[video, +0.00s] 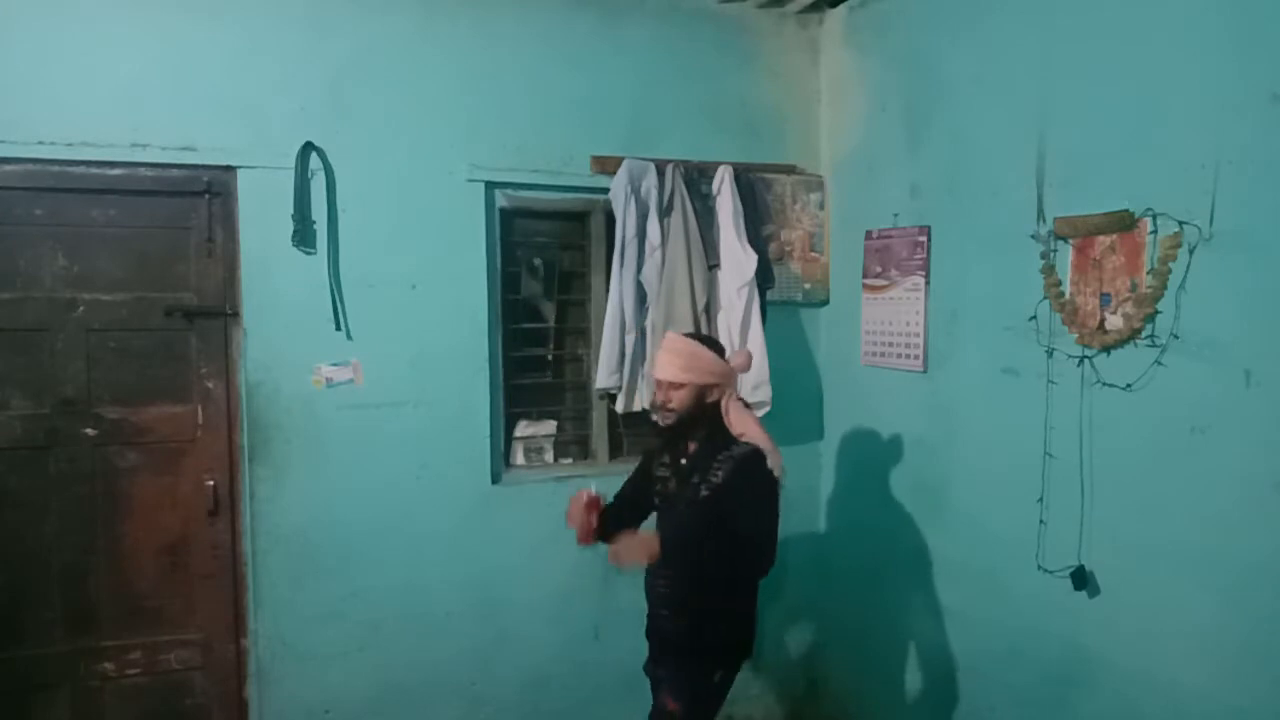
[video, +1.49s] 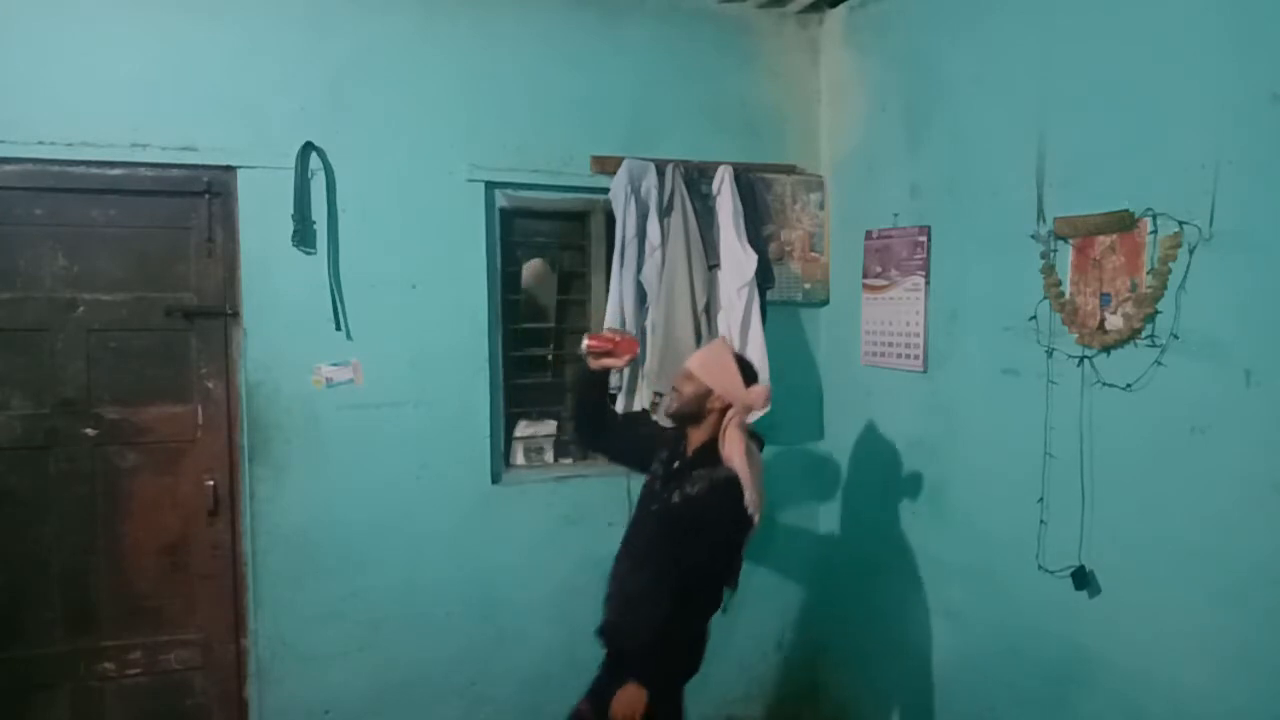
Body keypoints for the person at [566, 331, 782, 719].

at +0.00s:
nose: (662, 398)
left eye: (676, 388)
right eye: (658, 386)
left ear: (711, 391)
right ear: (651, 383)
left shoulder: (748, 460)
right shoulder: (667, 448)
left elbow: (754, 556)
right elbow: (626, 512)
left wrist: (662, 547)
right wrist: (597, 522)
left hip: (715, 633)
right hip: (665, 626)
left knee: (682, 710)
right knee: (666, 707)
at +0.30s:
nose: (687, 384)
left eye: (702, 377)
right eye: (690, 373)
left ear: (733, 396)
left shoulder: (753, 478)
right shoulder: (669, 463)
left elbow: (742, 589)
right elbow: (617, 538)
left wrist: (741, 691)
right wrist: (595, 517)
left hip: (709, 646)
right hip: (653, 639)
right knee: (653, 707)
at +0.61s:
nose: (680, 385)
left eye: (696, 380)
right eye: (685, 377)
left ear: (726, 405)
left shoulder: (743, 498)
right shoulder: (646, 454)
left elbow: (768, 605)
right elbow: (581, 421)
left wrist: (786, 698)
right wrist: (587, 348)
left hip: (680, 658)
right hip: (626, 645)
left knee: (631, 712)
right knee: (626, 713)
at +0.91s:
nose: (653, 373)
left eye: (669, 368)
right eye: (659, 365)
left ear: (700, 392)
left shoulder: (721, 482)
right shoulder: (636, 442)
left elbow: (742, 594)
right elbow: (564, 417)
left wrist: (747, 695)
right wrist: (570, 349)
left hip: (665, 649)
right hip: (623, 638)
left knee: (599, 711)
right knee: (654, 711)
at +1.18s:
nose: (639, 388)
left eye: (654, 383)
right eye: (644, 379)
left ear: (684, 405)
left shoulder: (706, 497)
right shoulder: (630, 456)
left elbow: (715, 614)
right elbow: (556, 435)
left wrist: (710, 708)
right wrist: (560, 368)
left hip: (638, 662)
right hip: (597, 648)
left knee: (566, 712)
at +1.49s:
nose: (676, 382)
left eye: (691, 376)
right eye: (683, 373)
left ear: (718, 401)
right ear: (715, 403)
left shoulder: (725, 487)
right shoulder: (672, 445)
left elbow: (697, 595)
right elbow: (597, 430)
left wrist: (644, 679)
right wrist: (596, 371)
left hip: (658, 652)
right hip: (627, 637)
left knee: (589, 710)